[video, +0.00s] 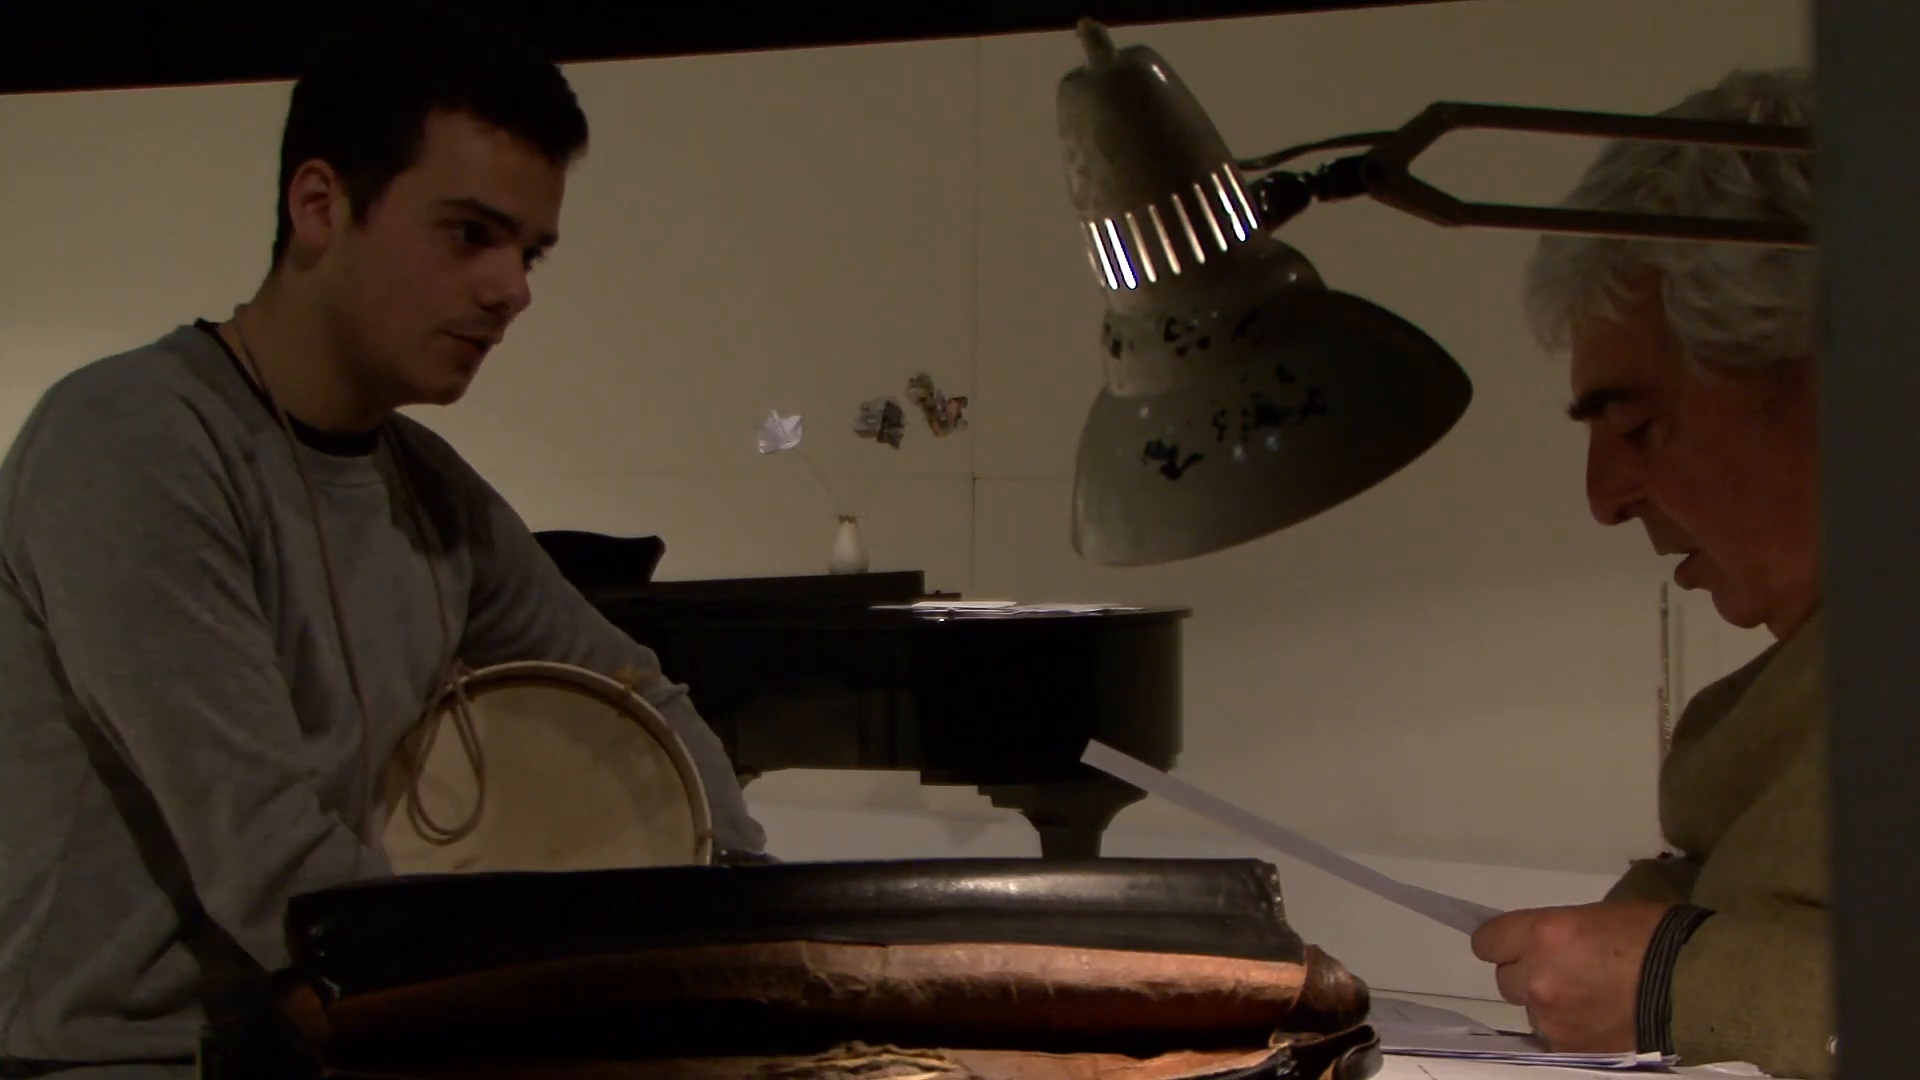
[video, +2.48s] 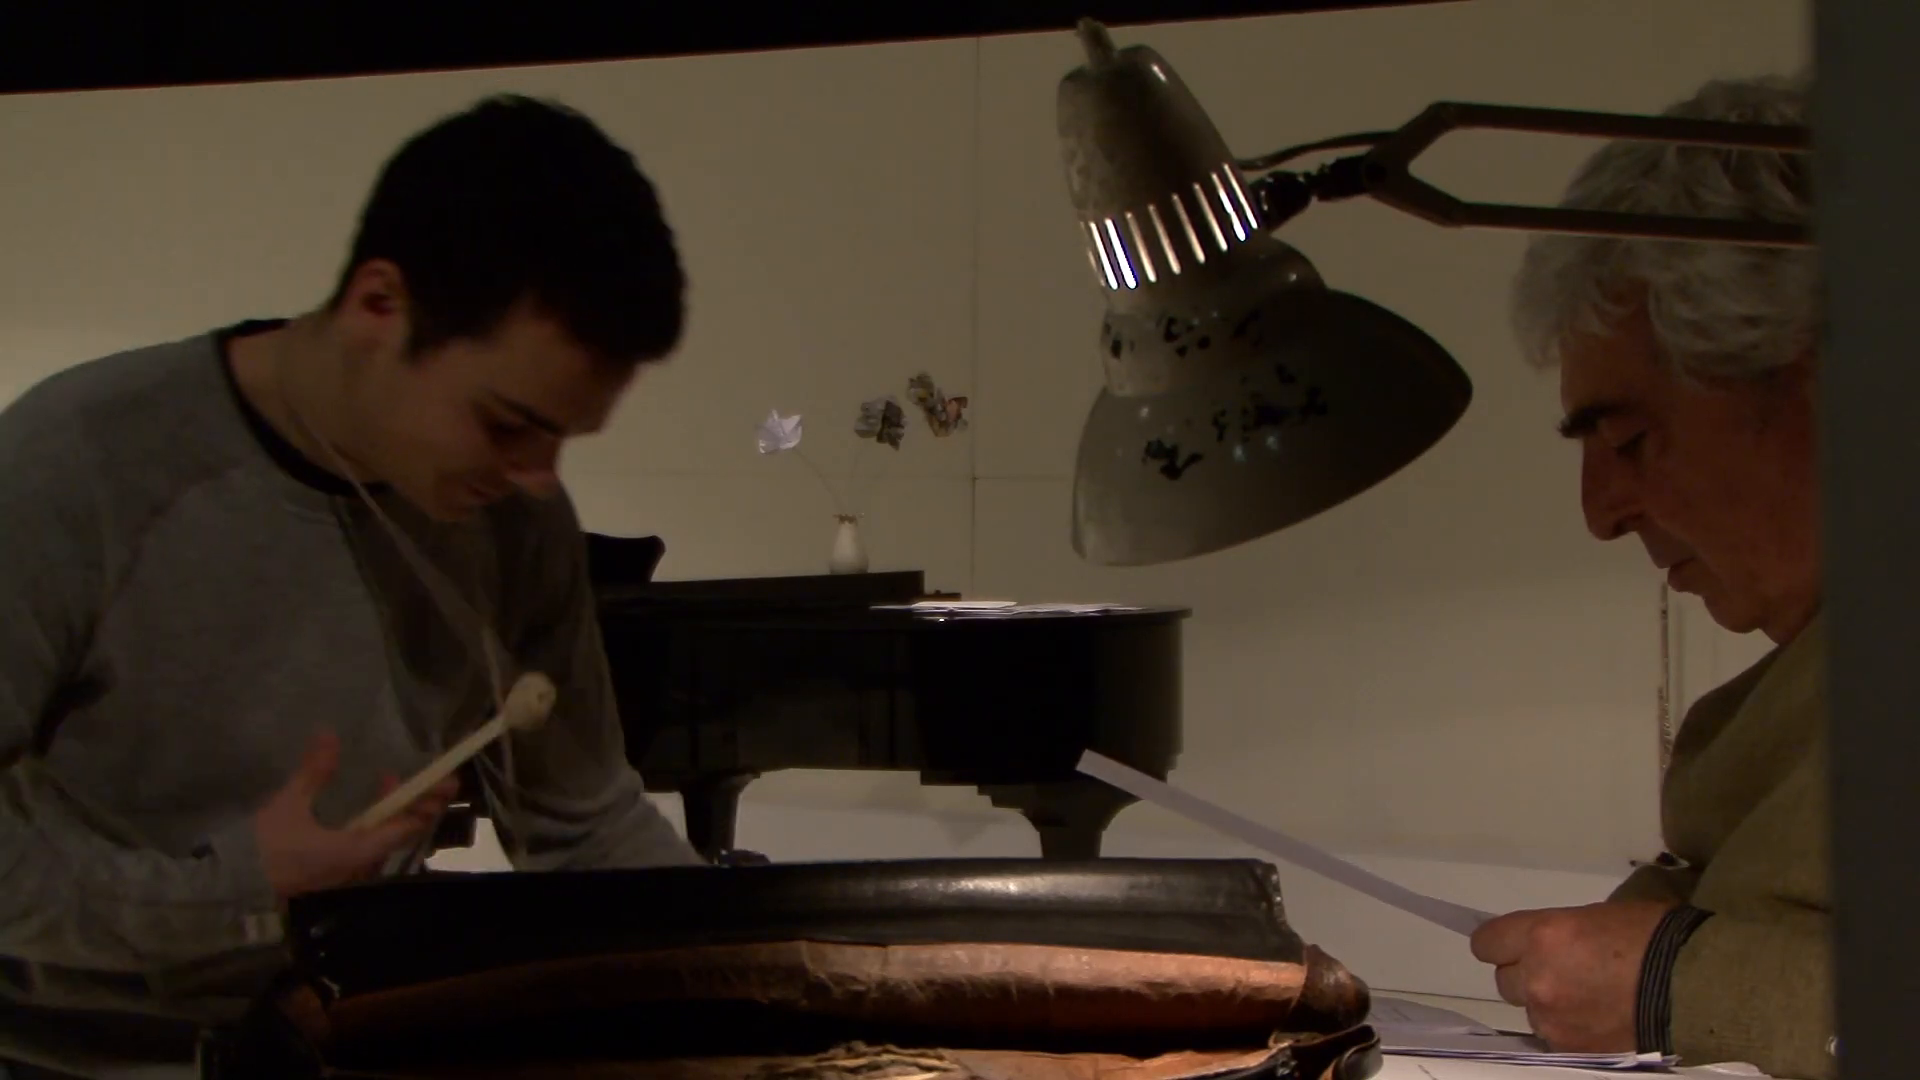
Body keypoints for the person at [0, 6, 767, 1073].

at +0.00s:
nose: (510, 292)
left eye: (528, 256)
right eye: (469, 234)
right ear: (318, 206)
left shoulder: (435, 494)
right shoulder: (120, 444)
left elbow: (635, 700)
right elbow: (273, 871)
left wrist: (748, 919)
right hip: (116, 1057)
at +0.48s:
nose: (523, 310)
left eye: (547, 275)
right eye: (486, 251)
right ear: (340, 213)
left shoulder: (449, 488)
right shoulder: (121, 442)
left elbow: (653, 702)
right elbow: (260, 882)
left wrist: (743, 927)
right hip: (110, 1054)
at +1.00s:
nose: (520, 431)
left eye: (544, 397)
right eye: (502, 371)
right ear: (377, 268)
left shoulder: (467, 523)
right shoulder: (86, 442)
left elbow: (665, 745)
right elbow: (88, 872)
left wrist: (689, 966)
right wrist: (326, 1044)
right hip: (48, 1042)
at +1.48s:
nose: (354, 459)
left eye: (382, 423)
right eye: (333, 401)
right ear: (210, 287)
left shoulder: (346, 521)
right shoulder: (15, 468)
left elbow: (539, 730)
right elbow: (12, 932)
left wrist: (573, 972)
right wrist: (191, 1062)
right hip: (44, 1041)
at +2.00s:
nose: (148, 447)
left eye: (188, 404)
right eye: (107, 395)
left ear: (215, 357)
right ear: (8, 316)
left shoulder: (196, 473)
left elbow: (365, 623)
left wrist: (574, 750)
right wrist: (19, 984)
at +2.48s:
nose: (540, 478)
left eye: (565, 437)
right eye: (510, 424)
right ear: (376, 307)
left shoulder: (514, 516)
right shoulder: (65, 472)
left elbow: (586, 820)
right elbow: (4, 854)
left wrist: (744, 948)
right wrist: (227, 888)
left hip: (364, 1050)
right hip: (72, 1055)